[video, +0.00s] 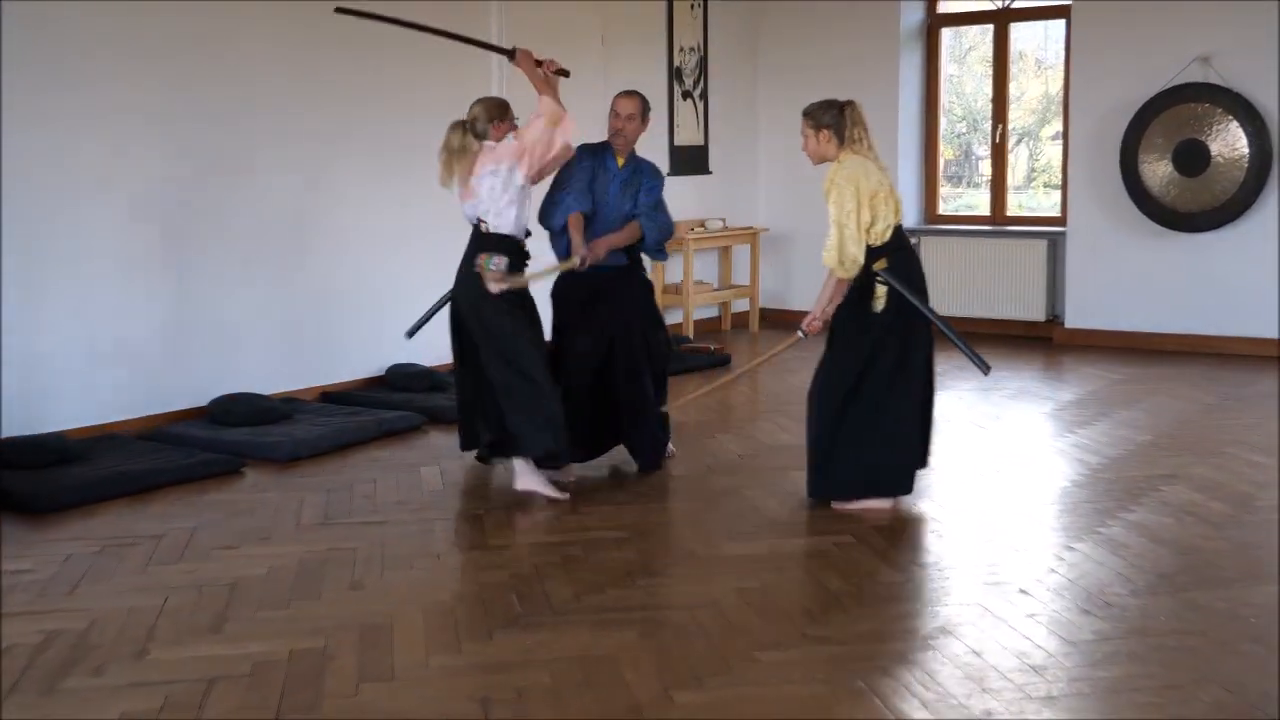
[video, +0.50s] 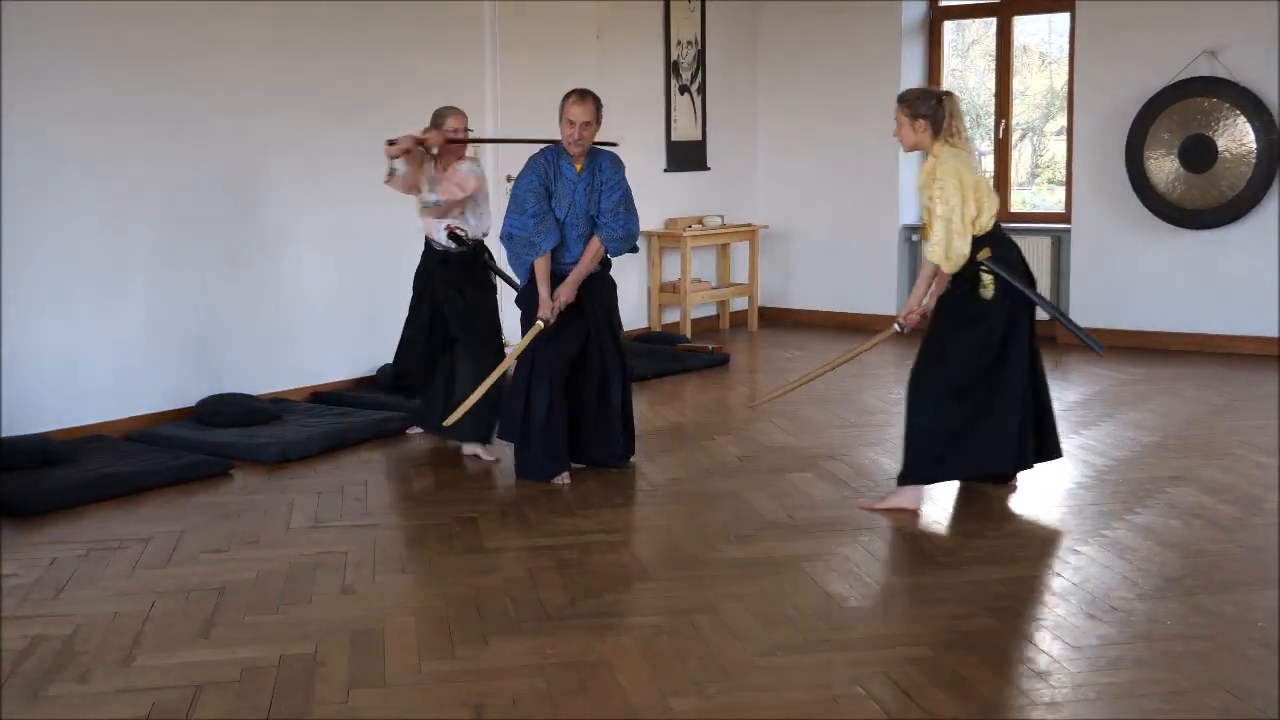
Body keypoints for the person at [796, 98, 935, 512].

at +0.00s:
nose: (803, 146)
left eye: (806, 137)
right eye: (803, 137)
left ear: (826, 136)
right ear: (837, 135)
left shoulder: (844, 175)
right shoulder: (867, 167)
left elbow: (849, 255)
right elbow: (845, 253)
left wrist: (823, 311)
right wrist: (821, 308)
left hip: (877, 291)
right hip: (902, 284)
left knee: (838, 388)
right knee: (885, 383)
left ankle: (869, 490)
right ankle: (884, 485)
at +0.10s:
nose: (818, 143)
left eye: (821, 135)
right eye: (818, 134)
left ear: (843, 135)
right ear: (854, 134)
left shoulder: (859, 175)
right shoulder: (883, 164)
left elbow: (864, 257)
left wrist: (839, 313)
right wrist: (847, 308)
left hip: (892, 288)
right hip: (918, 279)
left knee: (842, 383)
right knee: (894, 379)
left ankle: (869, 492)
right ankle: (901, 478)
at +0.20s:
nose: (837, 139)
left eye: (841, 131)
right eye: (838, 131)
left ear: (862, 132)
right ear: (870, 131)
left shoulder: (879, 171)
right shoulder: (902, 163)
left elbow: (883, 255)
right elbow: (925, 218)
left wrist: (859, 313)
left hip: (911, 284)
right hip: (939, 273)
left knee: (855, 380)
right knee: (916, 376)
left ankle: (875, 492)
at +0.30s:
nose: (858, 136)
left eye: (861, 128)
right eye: (858, 128)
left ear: (884, 129)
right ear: (893, 129)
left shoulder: (901, 170)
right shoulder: (925, 161)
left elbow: (905, 255)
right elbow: (945, 223)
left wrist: (878, 314)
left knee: (873, 377)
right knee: (963, 368)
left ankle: (878, 492)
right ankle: (990, 460)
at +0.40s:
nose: (877, 132)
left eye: (881, 124)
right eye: (877, 124)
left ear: (904, 126)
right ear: (912, 125)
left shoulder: (923, 168)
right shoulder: (939, 159)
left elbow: (926, 245)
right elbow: (923, 242)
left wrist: (904, 305)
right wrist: (904, 301)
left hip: (957, 282)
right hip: (986, 276)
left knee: (901, 379)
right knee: (983, 371)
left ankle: (884, 490)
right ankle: (999, 467)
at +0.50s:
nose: (895, 133)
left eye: (899, 124)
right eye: (896, 124)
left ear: (921, 125)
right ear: (928, 125)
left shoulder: (947, 166)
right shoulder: (945, 160)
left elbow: (952, 242)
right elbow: (937, 240)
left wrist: (930, 298)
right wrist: (916, 295)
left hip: (981, 278)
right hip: (999, 271)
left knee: (928, 374)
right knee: (993, 368)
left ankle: (910, 487)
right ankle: (1001, 465)